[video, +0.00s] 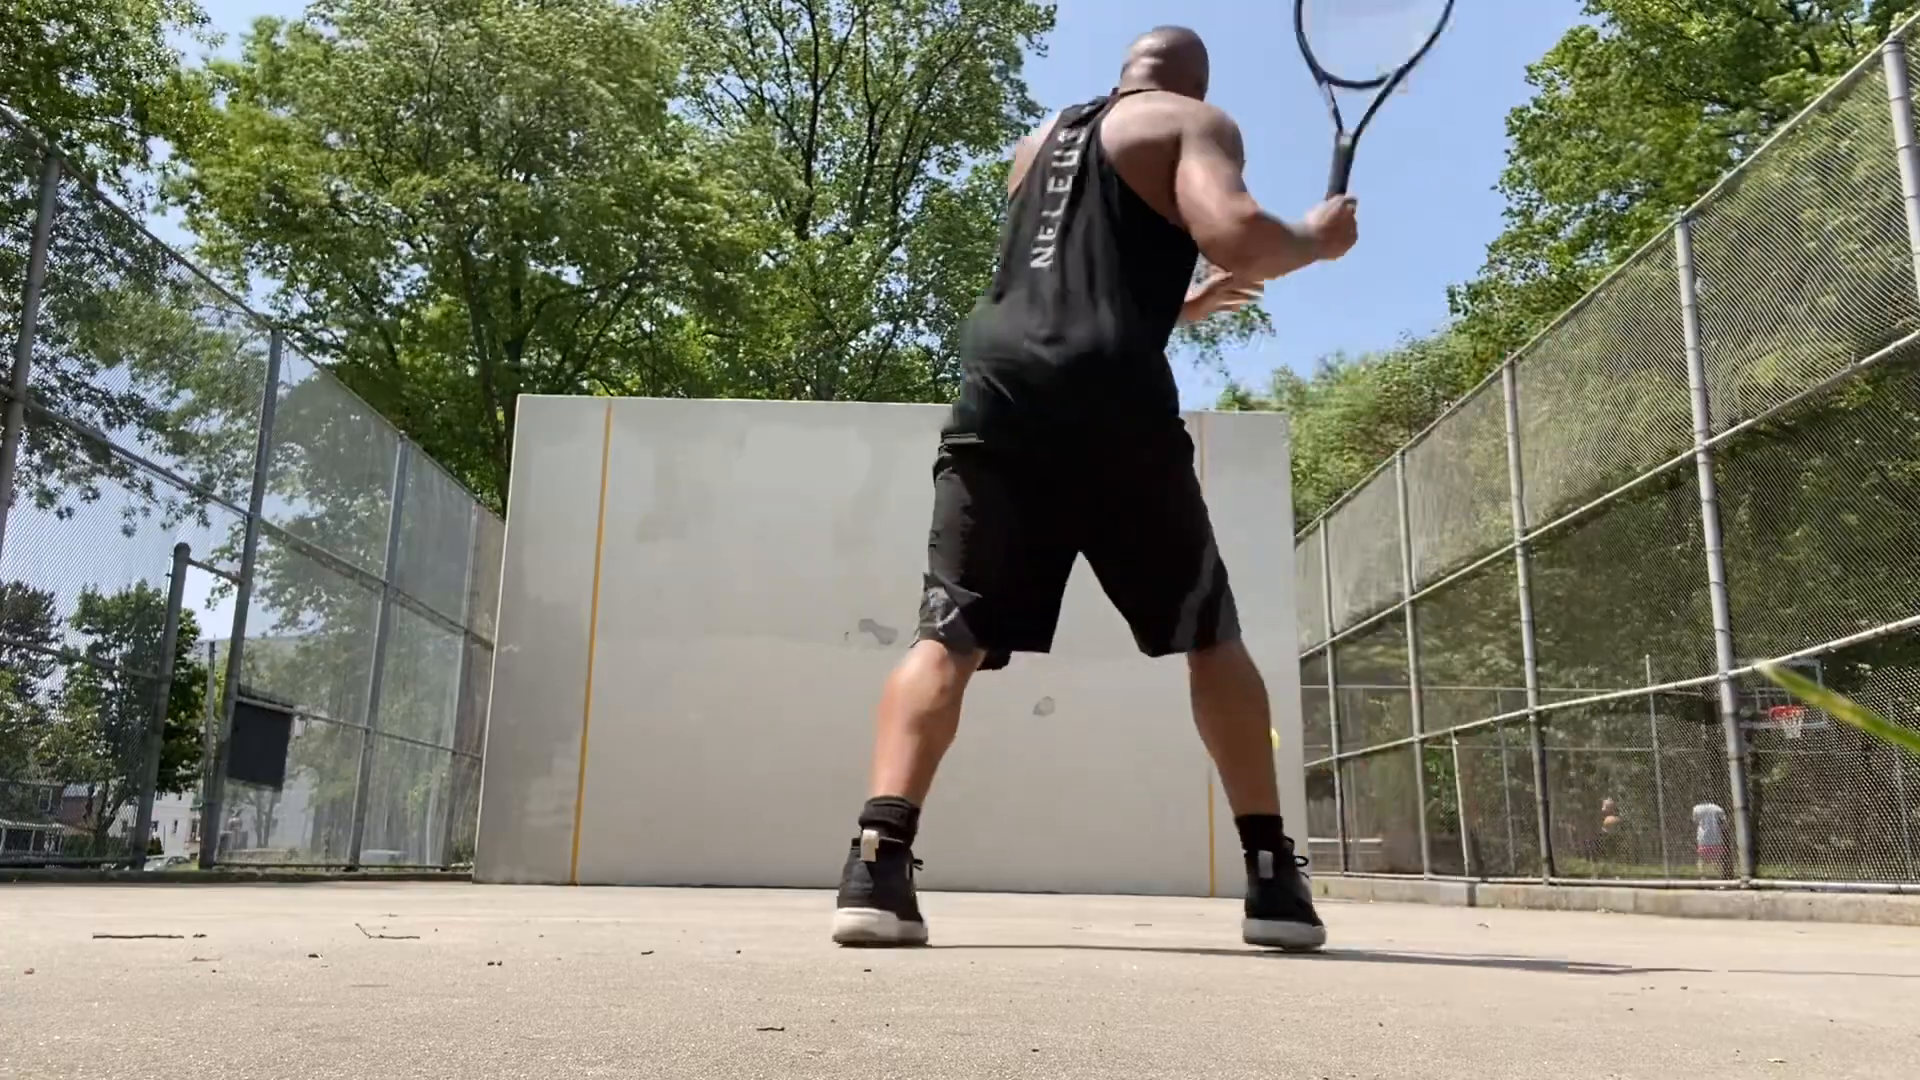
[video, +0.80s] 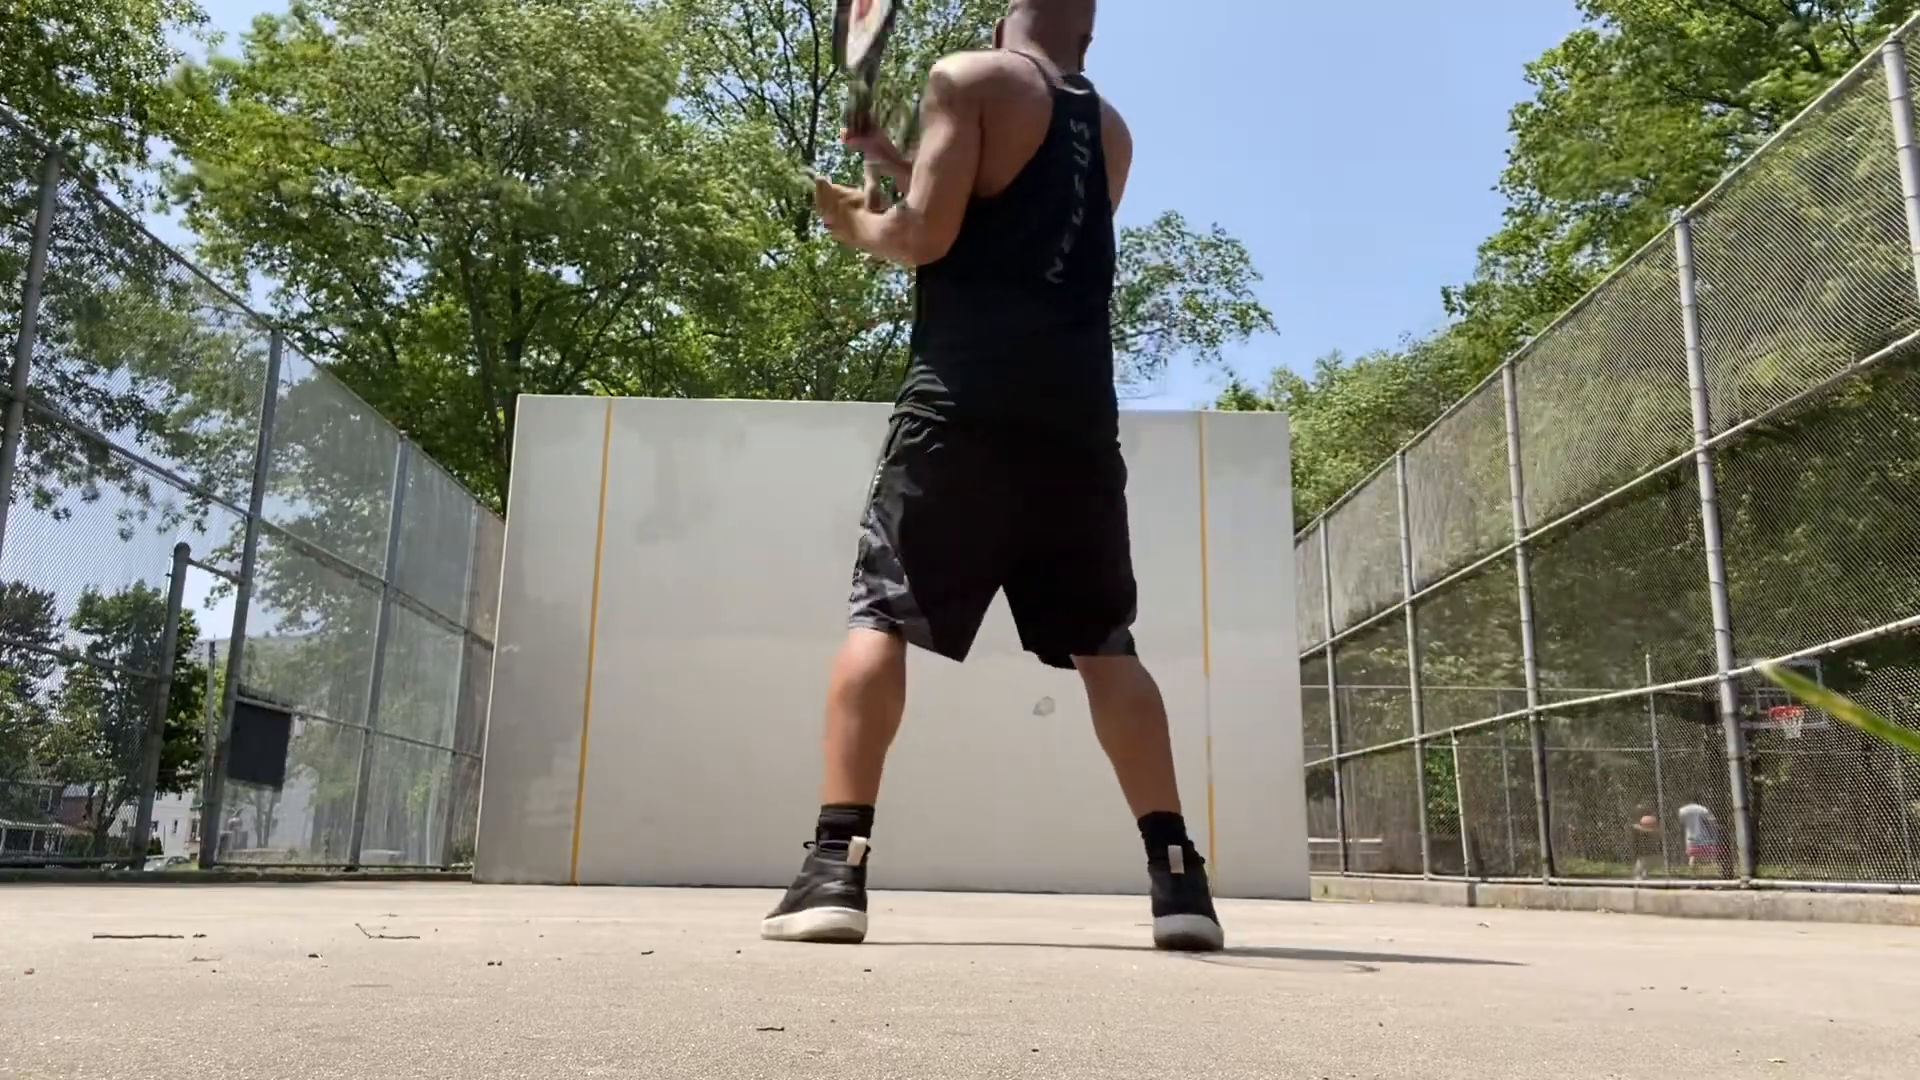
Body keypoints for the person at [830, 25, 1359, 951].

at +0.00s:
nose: (1202, 101)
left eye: (1184, 85)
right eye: (1204, 91)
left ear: (1123, 73)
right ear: (1196, 84)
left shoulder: (1038, 143)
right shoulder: (1194, 119)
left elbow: (1060, 296)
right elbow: (1235, 240)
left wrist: (1191, 304)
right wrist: (1315, 240)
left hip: (994, 401)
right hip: (1116, 408)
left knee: (948, 635)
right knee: (1210, 637)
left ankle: (876, 867)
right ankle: (1275, 881)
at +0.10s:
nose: (1201, 93)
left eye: (1195, 80)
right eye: (1203, 80)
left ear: (1124, 51)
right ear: (1190, 66)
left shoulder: (1037, 131)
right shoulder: (1166, 91)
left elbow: (993, 249)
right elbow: (1200, 172)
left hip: (973, 377)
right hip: (1090, 392)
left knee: (933, 625)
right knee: (1162, 638)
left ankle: (874, 870)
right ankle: (1179, 879)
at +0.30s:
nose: (1198, 117)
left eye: (1195, 103)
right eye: (1196, 104)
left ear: (1117, 68)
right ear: (1186, 88)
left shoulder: (1025, 138)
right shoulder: (1168, 126)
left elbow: (897, 223)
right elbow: (1215, 240)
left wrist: (862, 273)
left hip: (971, 388)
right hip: (1095, 401)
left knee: (933, 629)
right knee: (1164, 642)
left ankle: (867, 854)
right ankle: (1177, 886)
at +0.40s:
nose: (1167, 74)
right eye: (1170, 61)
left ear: (1084, 43)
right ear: (1164, 62)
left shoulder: (1003, 93)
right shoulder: (1191, 122)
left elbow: (916, 235)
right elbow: (1213, 292)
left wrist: (868, 275)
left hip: (999, 392)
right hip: (1132, 412)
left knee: (928, 589)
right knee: (1155, 640)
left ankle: (859, 780)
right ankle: (1177, 886)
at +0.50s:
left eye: (1057, 16)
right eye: (1139, 20)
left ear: (1054, 13)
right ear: (1139, 18)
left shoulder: (996, 68)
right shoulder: (1175, 93)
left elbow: (937, 225)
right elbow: (1185, 235)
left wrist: (883, 284)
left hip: (1012, 377)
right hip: (1139, 397)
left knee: (898, 559)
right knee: (1152, 631)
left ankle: (843, 752)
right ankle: (1182, 884)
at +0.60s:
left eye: (1050, 5)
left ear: (1057, 9)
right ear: (1136, 18)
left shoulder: (1004, 69)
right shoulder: (1164, 102)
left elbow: (965, 214)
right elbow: (1099, 168)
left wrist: (899, 267)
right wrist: (996, 43)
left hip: (1007, 393)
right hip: (1130, 407)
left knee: (886, 576)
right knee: (1142, 634)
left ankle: (820, 804)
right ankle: (1181, 886)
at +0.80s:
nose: (1073, 27)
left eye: (1010, 13)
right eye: (1085, 20)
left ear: (1010, 14)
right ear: (1088, 27)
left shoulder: (967, 77)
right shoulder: (1111, 131)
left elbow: (920, 234)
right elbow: (1021, 224)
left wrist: (852, 219)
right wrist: (896, 157)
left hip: (958, 410)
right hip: (1077, 424)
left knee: (882, 618)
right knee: (1107, 646)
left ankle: (834, 868)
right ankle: (1178, 883)